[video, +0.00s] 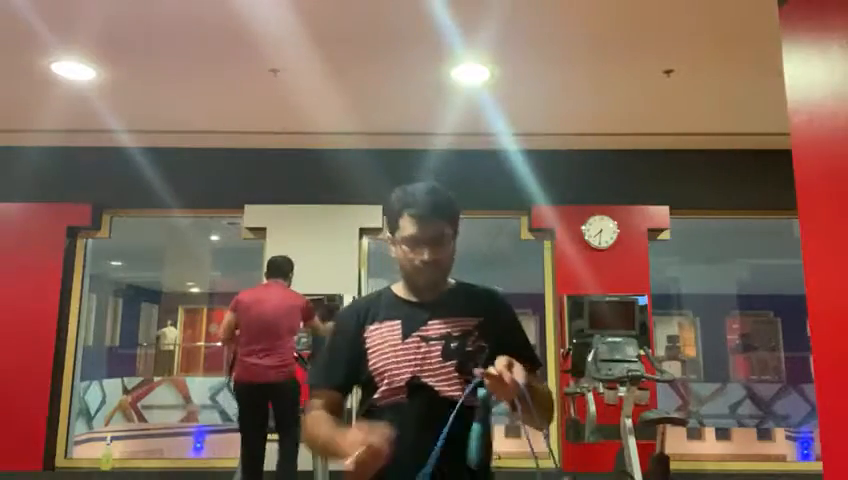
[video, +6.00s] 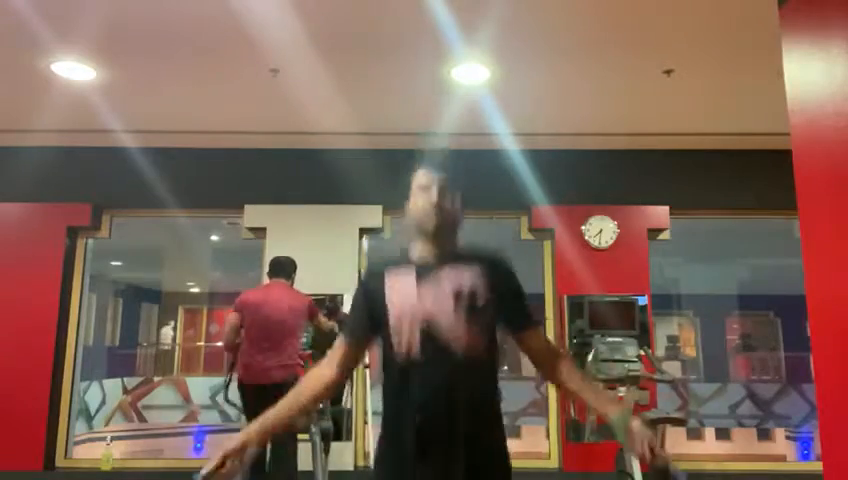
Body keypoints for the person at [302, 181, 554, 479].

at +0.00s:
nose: (427, 256)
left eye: (438, 241)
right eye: (413, 244)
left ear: (455, 236)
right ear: (392, 245)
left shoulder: (488, 308)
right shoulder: (358, 319)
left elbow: (543, 416)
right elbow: (316, 419)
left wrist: (519, 394)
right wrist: (348, 440)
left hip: (464, 469)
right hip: (388, 470)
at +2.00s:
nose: (489, 295)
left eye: (498, 286)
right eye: (481, 285)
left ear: (511, 276)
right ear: (466, 273)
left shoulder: (532, 327)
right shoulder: (434, 321)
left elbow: (566, 384)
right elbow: (393, 372)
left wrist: (597, 411)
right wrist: (364, 397)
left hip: (502, 464)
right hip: (443, 462)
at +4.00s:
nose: (462, 250)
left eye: (473, 242)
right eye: (452, 241)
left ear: (488, 253)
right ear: (436, 252)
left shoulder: (513, 315)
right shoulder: (409, 314)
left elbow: (557, 403)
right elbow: (366, 393)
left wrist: (619, 460)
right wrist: (311, 450)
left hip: (494, 467)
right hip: (425, 466)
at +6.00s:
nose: (435, 197)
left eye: (445, 189)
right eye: (424, 188)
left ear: (460, 208)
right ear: (405, 207)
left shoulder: (490, 273)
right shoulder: (380, 281)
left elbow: (548, 360)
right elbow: (332, 369)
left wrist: (621, 416)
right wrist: (249, 437)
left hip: (480, 457)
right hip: (402, 459)